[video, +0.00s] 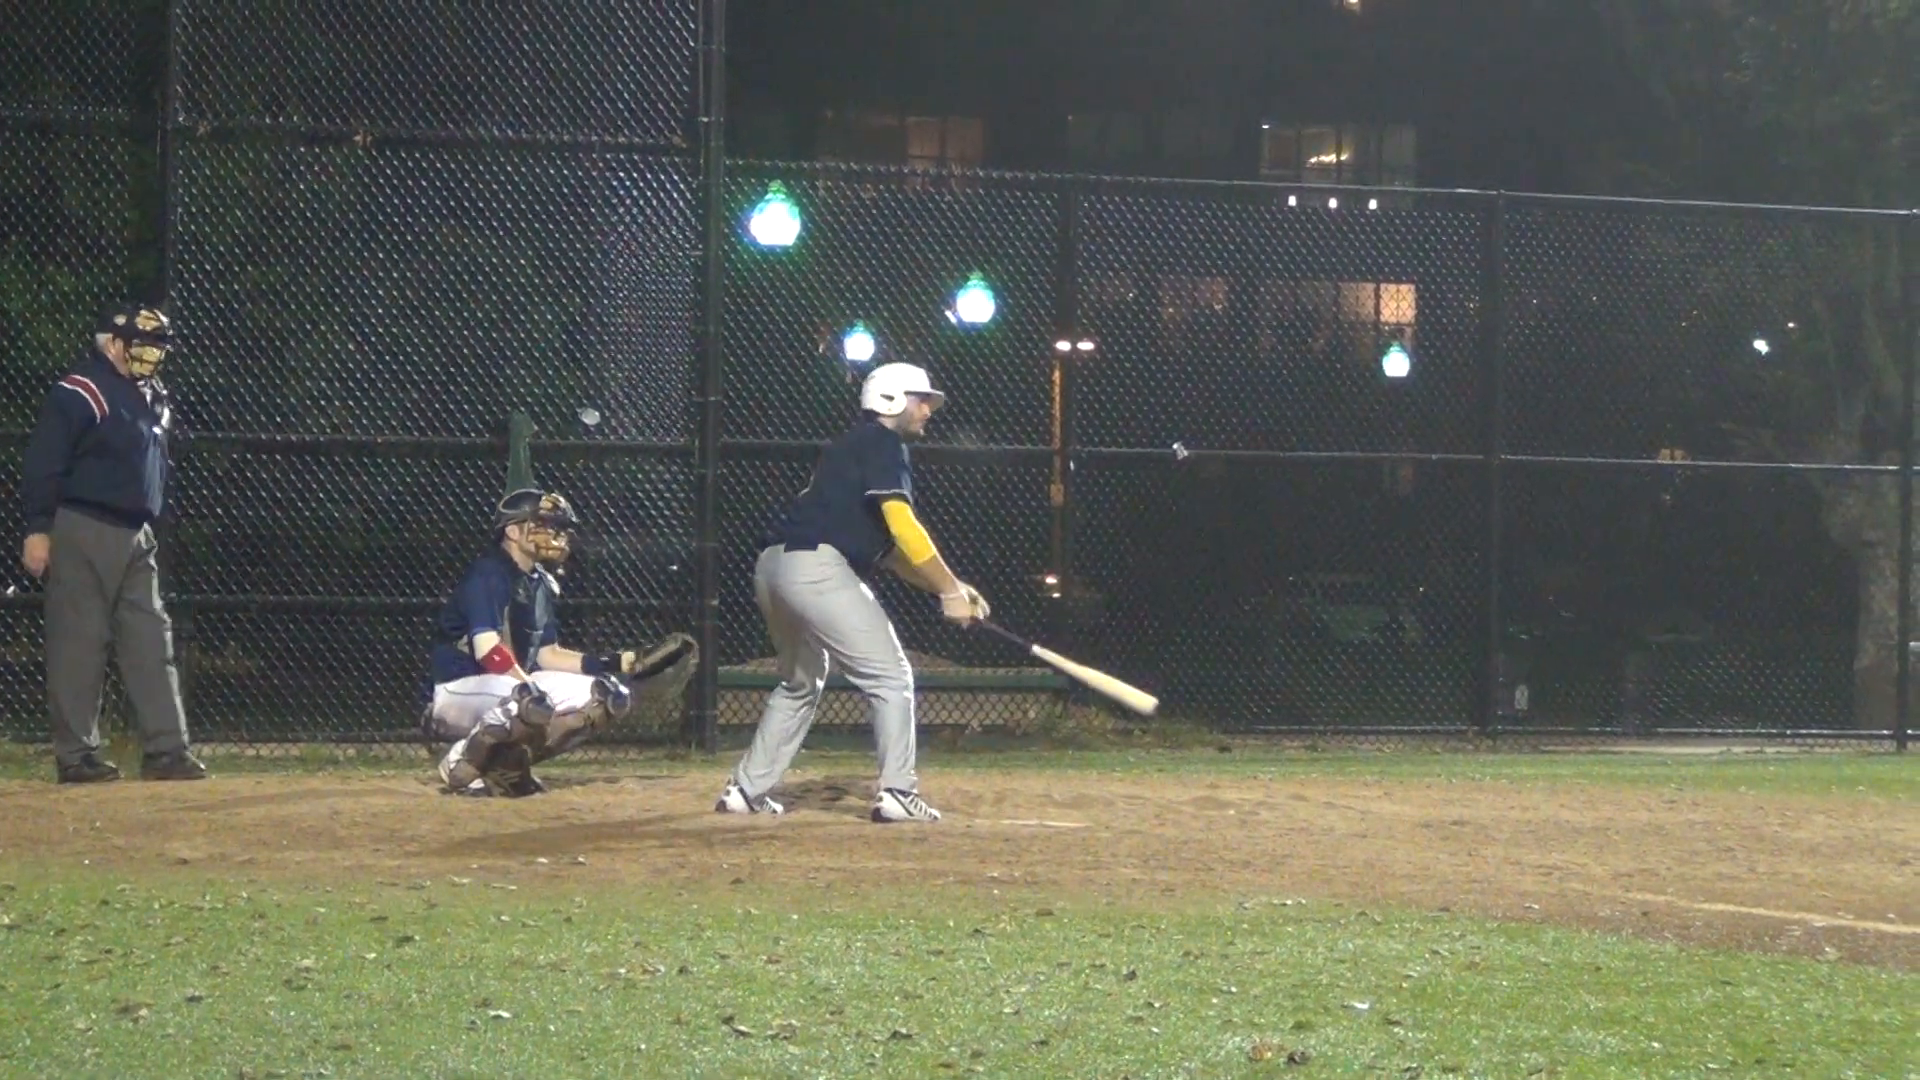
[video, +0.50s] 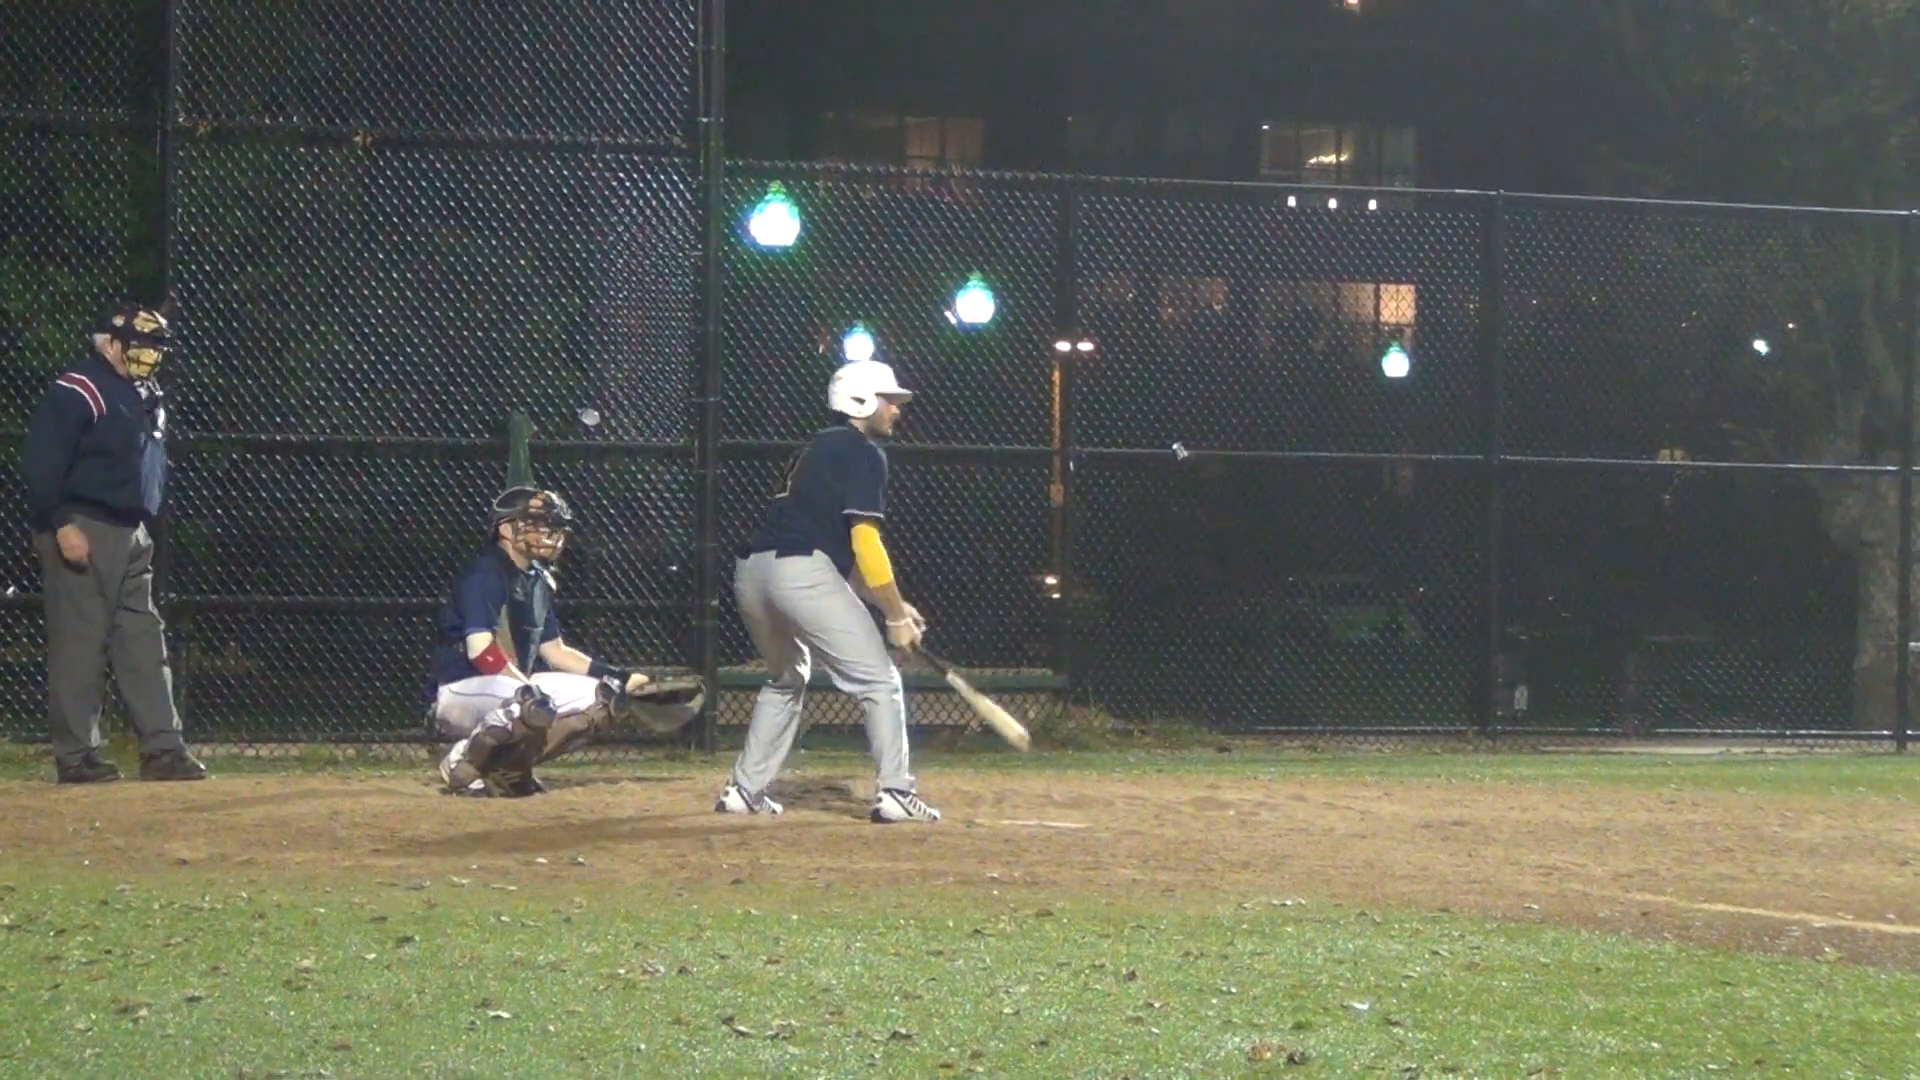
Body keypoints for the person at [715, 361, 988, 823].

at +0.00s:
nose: (928, 411)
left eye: (929, 402)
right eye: (921, 401)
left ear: (885, 404)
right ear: (892, 400)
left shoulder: (851, 444)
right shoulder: (884, 443)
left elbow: (890, 551)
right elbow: (900, 524)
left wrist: (951, 590)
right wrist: (949, 589)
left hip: (773, 564)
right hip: (817, 565)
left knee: (801, 679)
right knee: (891, 676)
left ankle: (747, 790)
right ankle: (897, 792)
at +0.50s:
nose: (897, 409)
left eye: (897, 400)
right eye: (889, 400)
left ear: (852, 407)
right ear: (861, 403)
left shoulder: (819, 447)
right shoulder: (863, 452)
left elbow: (840, 552)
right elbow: (864, 539)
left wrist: (895, 609)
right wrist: (895, 611)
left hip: (750, 570)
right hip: (802, 568)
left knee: (785, 677)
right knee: (879, 680)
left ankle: (745, 790)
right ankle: (897, 793)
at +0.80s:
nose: (861, 399)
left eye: (860, 390)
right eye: (853, 390)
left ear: (810, 396)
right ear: (827, 394)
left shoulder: (772, 435)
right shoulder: (850, 447)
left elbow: (788, 514)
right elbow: (858, 537)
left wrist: (845, 567)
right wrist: (852, 573)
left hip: (737, 567)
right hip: (795, 565)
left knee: (772, 677)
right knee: (869, 683)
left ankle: (746, 790)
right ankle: (898, 790)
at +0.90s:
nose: (857, 397)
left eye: (856, 387)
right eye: (850, 388)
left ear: (804, 391)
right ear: (824, 390)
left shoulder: (759, 432)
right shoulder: (849, 445)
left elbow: (764, 506)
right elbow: (849, 527)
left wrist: (850, 513)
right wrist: (872, 517)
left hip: (737, 564)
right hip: (796, 562)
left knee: (771, 676)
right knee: (869, 676)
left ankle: (747, 789)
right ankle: (899, 787)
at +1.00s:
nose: (854, 397)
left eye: (853, 388)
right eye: (849, 389)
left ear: (796, 388)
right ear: (828, 390)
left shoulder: (752, 431)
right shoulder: (847, 440)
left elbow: (736, 484)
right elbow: (857, 509)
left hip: (741, 566)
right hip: (803, 563)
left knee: (771, 677)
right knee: (867, 682)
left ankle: (747, 790)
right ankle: (895, 791)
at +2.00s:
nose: (889, 409)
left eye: (888, 400)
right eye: (882, 400)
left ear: (834, 401)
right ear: (857, 403)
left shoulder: (788, 441)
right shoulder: (872, 452)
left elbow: (815, 493)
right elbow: (916, 515)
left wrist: (872, 460)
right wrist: (896, 467)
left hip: (761, 584)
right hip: (820, 585)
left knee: (792, 683)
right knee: (898, 691)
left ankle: (751, 790)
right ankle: (906, 794)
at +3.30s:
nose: (883, 418)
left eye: (883, 409)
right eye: (877, 409)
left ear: (830, 409)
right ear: (850, 409)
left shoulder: (774, 443)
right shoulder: (868, 462)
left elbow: (751, 481)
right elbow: (883, 535)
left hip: (756, 581)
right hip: (819, 581)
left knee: (786, 680)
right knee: (889, 690)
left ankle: (754, 787)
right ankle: (908, 789)